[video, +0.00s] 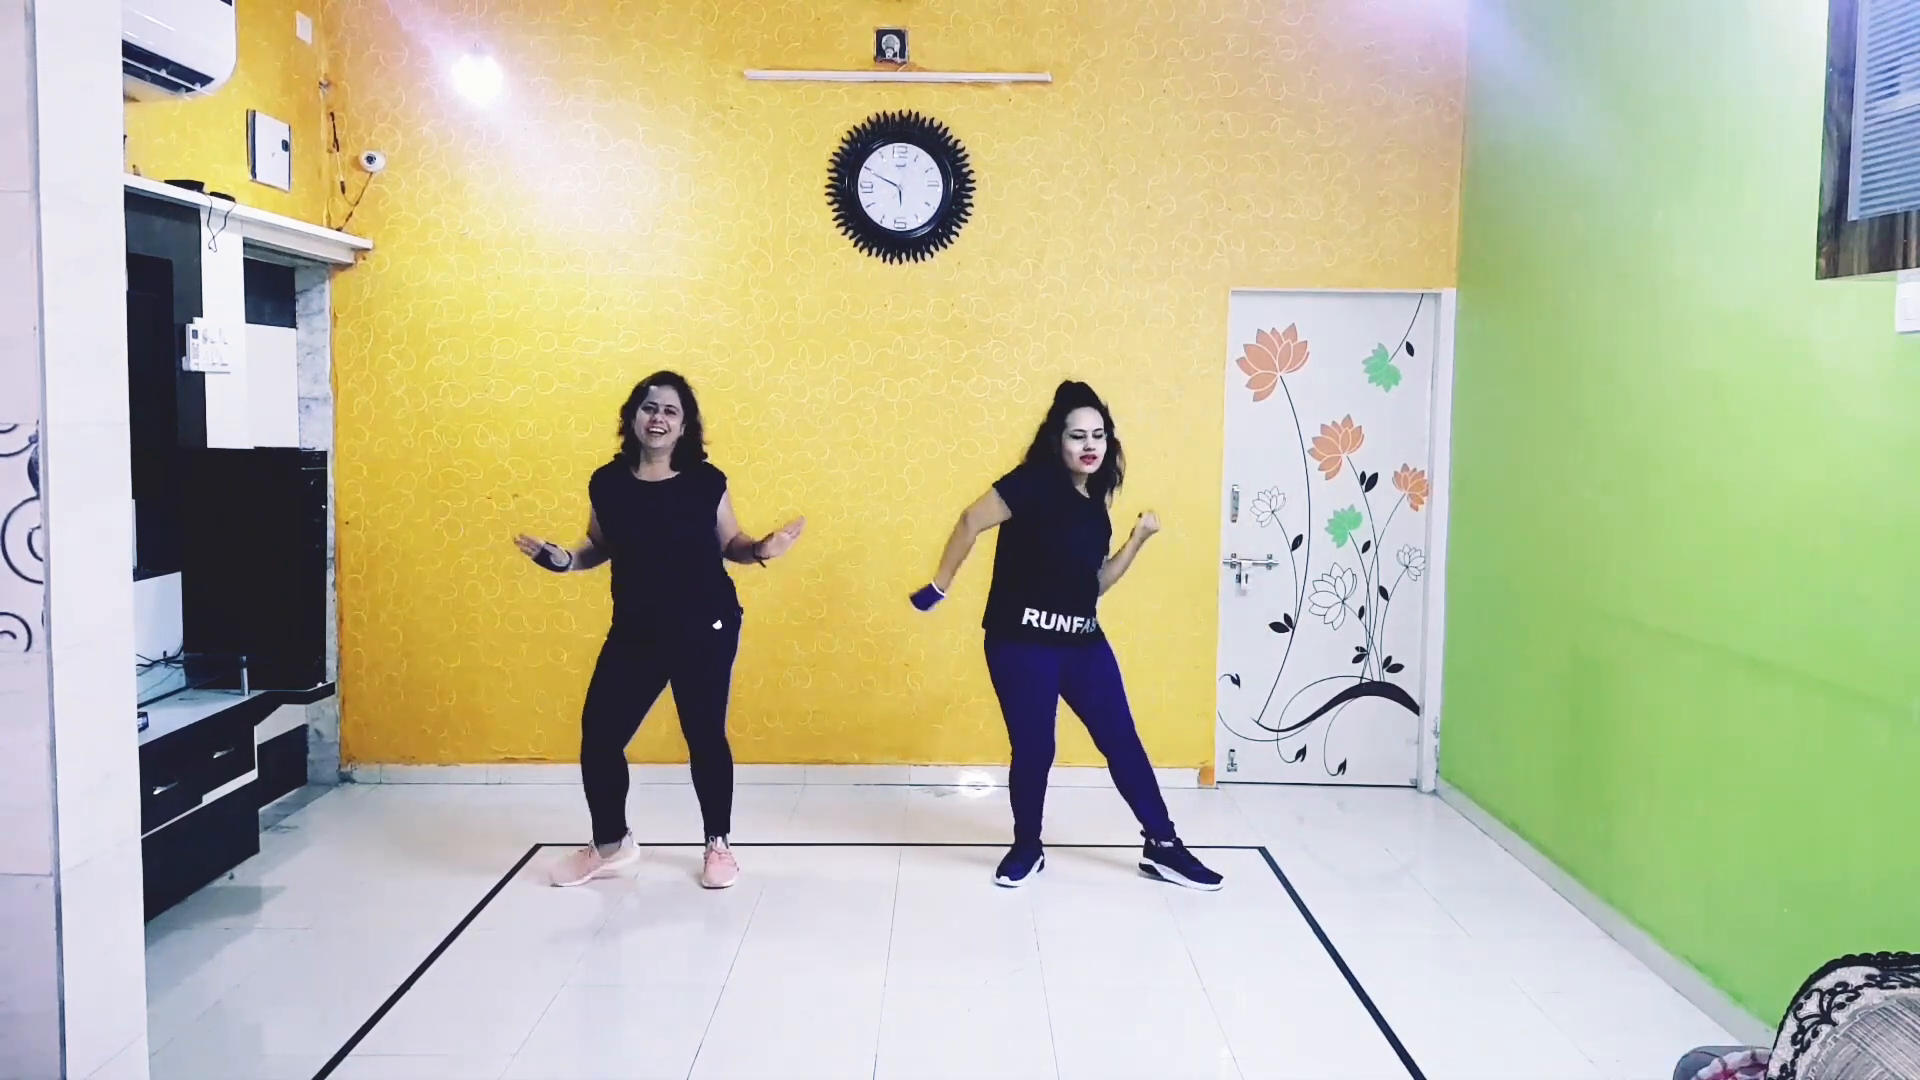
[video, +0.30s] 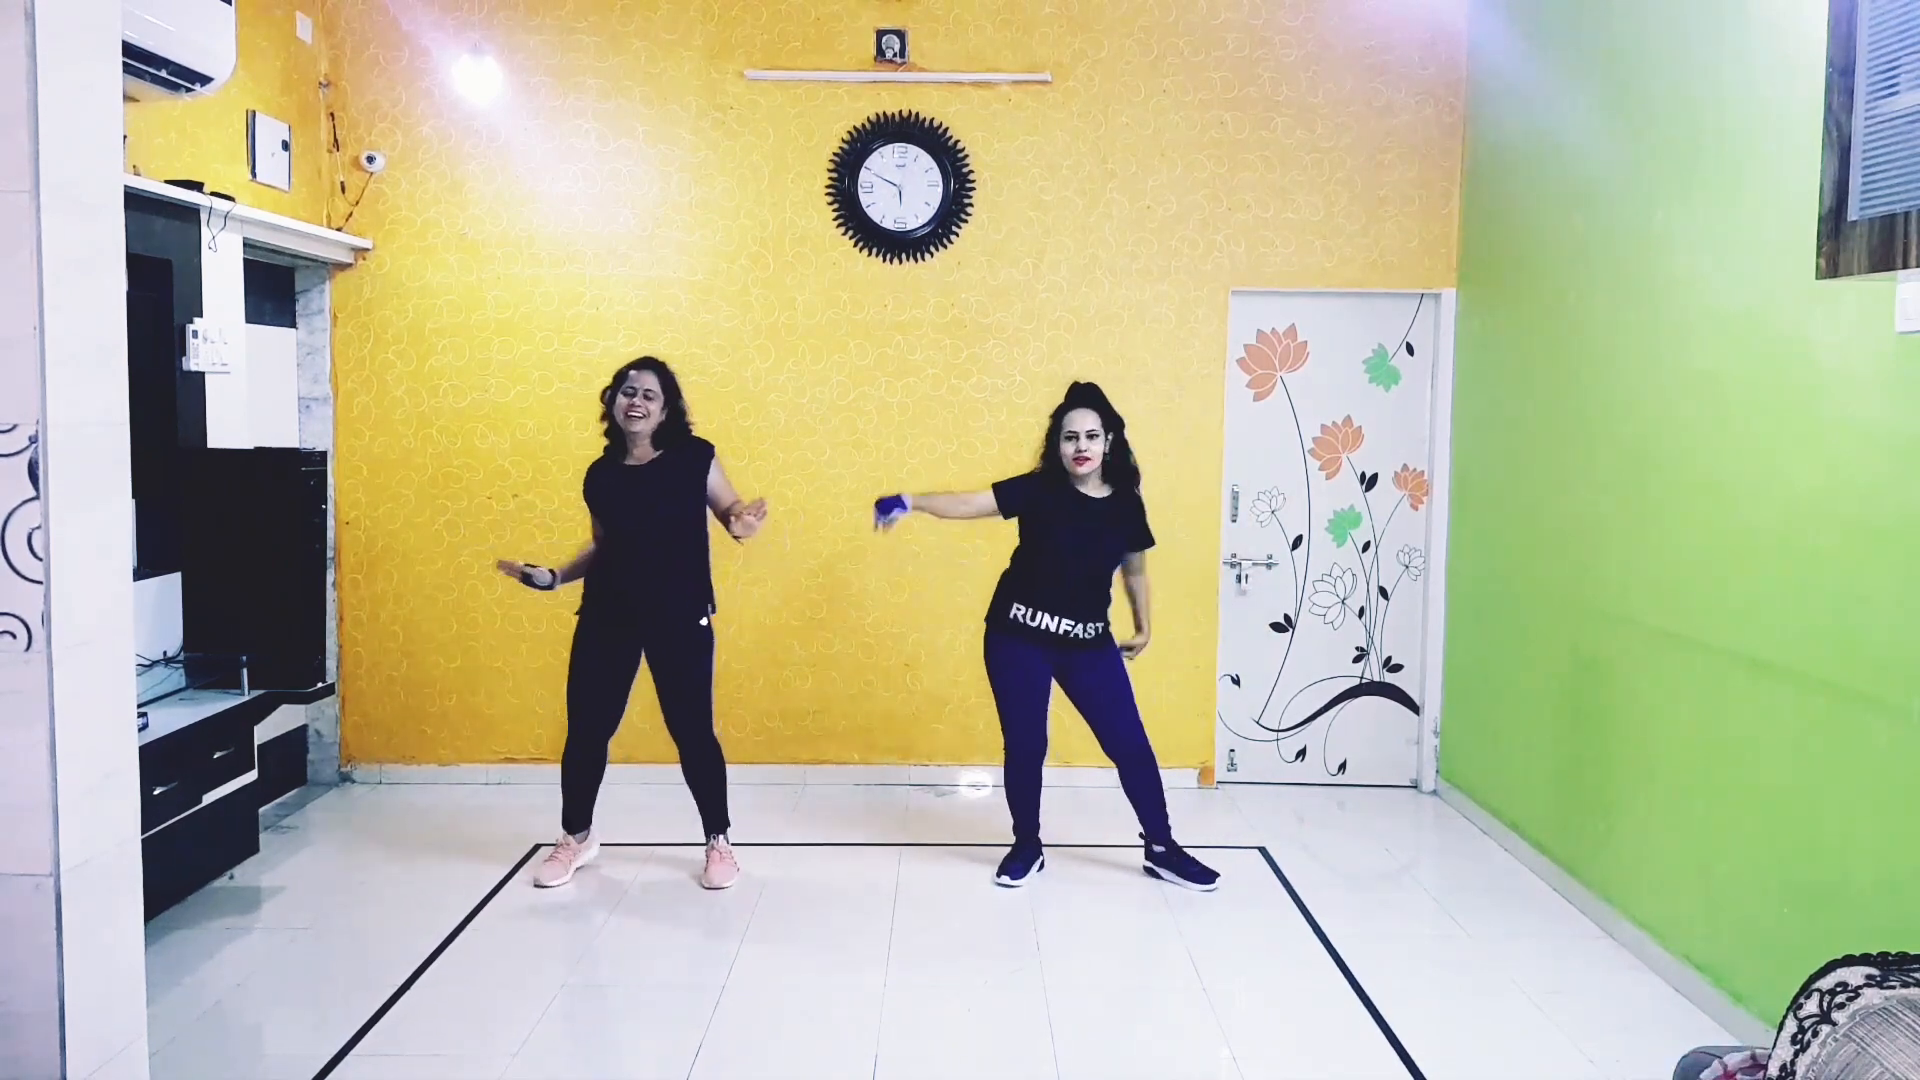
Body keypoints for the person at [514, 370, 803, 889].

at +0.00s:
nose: (657, 417)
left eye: (670, 411)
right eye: (648, 408)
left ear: (685, 424)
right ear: (632, 417)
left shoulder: (706, 482)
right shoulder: (607, 483)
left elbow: (731, 543)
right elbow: (599, 545)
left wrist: (760, 550)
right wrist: (568, 559)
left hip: (703, 628)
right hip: (637, 628)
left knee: (705, 734)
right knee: (600, 733)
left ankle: (718, 844)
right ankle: (611, 844)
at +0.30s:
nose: (635, 400)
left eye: (648, 395)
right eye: (627, 391)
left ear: (667, 408)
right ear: (613, 402)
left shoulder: (695, 458)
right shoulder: (601, 475)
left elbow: (735, 519)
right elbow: (603, 546)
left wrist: (746, 518)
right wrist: (557, 576)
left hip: (679, 617)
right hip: (609, 615)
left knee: (691, 728)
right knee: (586, 728)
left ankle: (718, 841)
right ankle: (576, 837)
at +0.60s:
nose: (607, 412)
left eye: (621, 406)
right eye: (599, 403)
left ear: (640, 421)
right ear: (586, 413)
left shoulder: (664, 480)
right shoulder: (563, 481)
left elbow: (679, 541)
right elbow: (533, 549)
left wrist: (686, 567)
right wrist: (470, 556)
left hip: (635, 630)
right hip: (566, 630)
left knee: (654, 739)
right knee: (573, 740)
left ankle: (660, 845)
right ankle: (579, 844)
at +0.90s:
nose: (615, 400)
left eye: (629, 396)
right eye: (609, 390)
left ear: (646, 411)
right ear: (593, 398)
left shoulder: (662, 471)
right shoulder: (563, 466)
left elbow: (677, 535)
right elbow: (535, 533)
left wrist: (706, 553)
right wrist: (478, 551)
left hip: (657, 617)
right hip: (585, 619)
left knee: (689, 723)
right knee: (583, 731)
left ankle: (722, 832)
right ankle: (579, 844)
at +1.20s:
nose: (646, 415)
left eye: (660, 410)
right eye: (640, 407)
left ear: (681, 423)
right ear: (626, 417)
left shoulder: (705, 481)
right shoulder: (611, 490)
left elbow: (743, 541)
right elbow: (611, 560)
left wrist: (774, 549)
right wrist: (571, 597)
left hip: (720, 623)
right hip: (654, 628)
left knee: (725, 729)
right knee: (610, 730)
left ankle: (739, 845)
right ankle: (601, 849)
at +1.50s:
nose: (657, 405)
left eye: (671, 399)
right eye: (652, 397)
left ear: (696, 413)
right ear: (642, 408)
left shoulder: (723, 474)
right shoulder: (627, 475)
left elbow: (754, 532)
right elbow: (617, 538)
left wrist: (788, 551)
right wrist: (562, 562)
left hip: (715, 623)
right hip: (647, 623)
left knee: (719, 733)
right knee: (614, 731)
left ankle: (737, 845)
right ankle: (602, 845)